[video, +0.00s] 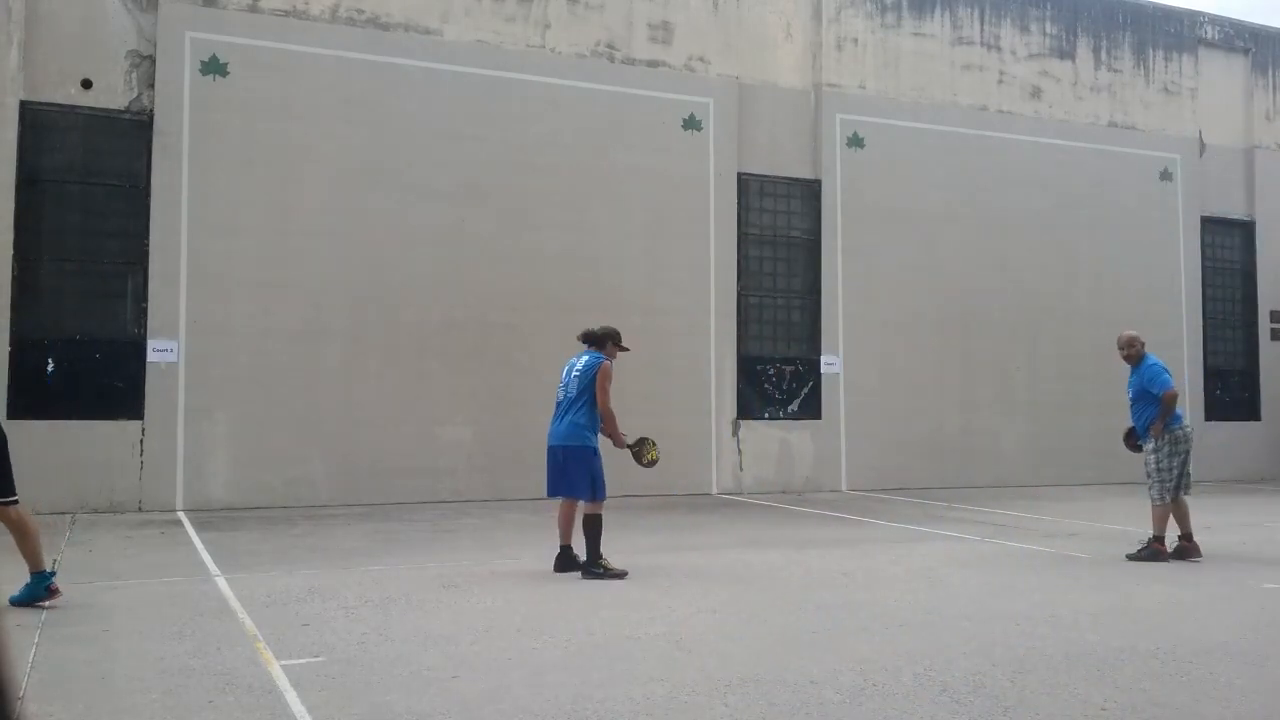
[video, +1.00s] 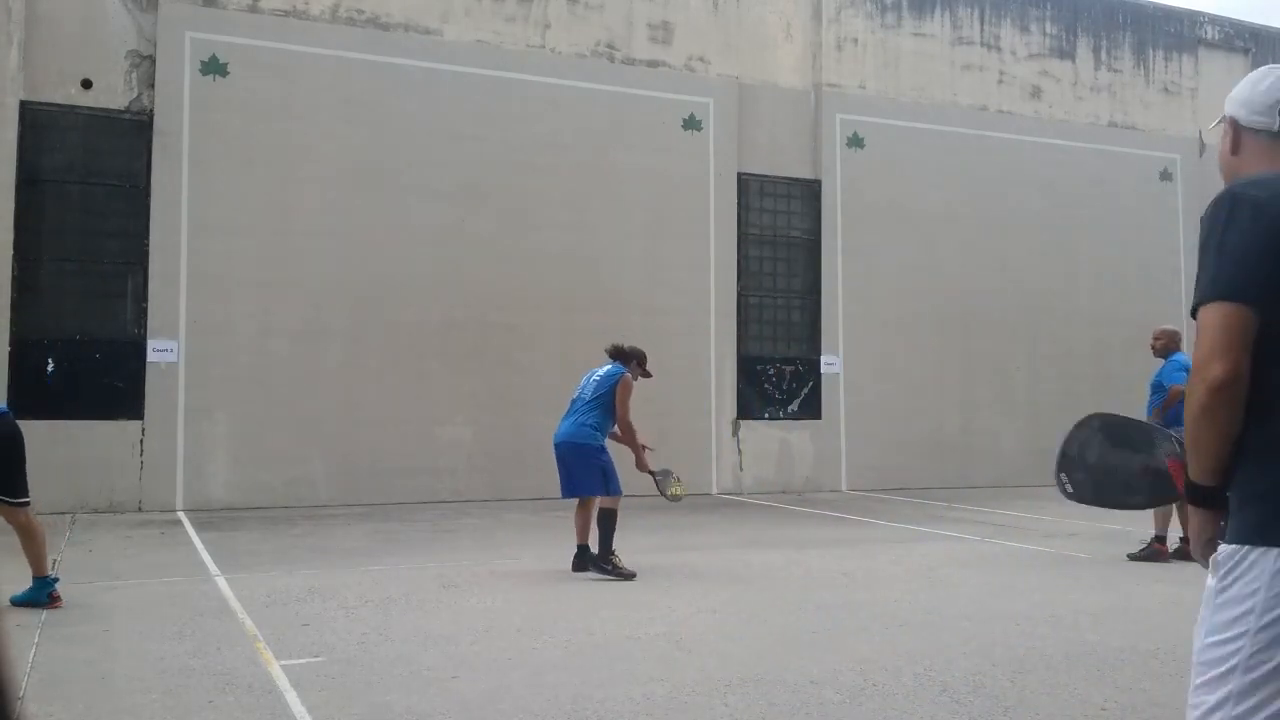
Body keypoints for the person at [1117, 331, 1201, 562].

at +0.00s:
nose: (1126, 353)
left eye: (1131, 347)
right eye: (1122, 349)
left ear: (1142, 346)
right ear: (1119, 352)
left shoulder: (1151, 369)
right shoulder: (1137, 370)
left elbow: (1170, 394)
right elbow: (1148, 403)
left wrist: (1159, 423)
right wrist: (1137, 427)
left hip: (1166, 436)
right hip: (1168, 434)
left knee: (1160, 491)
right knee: (1173, 492)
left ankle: (1157, 545)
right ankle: (1188, 542)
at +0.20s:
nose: (1137, 350)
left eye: (1142, 345)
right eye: (1133, 347)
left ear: (1153, 345)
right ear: (1130, 351)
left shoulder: (1161, 367)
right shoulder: (1146, 370)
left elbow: (1180, 391)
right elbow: (1155, 402)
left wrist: (1166, 421)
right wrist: (1143, 428)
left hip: (1170, 436)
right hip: (1172, 434)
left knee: (1162, 491)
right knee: (1179, 492)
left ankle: (1157, 545)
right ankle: (1189, 545)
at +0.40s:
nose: (1142, 350)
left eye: (1147, 345)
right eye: (1139, 346)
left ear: (1160, 345)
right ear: (1137, 349)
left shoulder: (1168, 366)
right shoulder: (1158, 368)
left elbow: (1184, 393)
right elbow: (1163, 403)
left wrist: (1170, 422)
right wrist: (1149, 428)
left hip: (1173, 435)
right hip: (1181, 434)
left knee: (1153, 488)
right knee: (1179, 491)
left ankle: (1156, 543)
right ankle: (1189, 545)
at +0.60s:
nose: (1146, 349)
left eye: (1151, 344)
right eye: (1145, 345)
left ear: (1166, 345)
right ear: (1165, 347)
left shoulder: (1168, 366)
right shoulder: (1177, 364)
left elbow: (1179, 393)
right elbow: (1193, 393)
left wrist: (1166, 421)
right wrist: (1181, 417)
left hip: (1171, 435)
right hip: (1188, 433)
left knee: (1159, 490)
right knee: (1180, 491)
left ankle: (1158, 545)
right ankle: (1189, 545)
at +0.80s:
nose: (1149, 347)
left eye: (1154, 342)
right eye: (1149, 342)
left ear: (1171, 343)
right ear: (1172, 344)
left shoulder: (1170, 365)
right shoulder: (1183, 363)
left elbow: (1175, 392)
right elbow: (1200, 393)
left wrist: (1164, 422)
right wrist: (1188, 418)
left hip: (1172, 434)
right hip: (1190, 432)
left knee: (1160, 489)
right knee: (1182, 489)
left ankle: (1158, 544)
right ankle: (1188, 543)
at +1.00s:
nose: (1152, 343)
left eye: (1157, 339)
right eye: (1152, 339)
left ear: (1172, 343)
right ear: (1171, 344)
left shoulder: (1174, 363)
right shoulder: (1182, 362)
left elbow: (1177, 390)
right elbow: (1183, 393)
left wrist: (1158, 414)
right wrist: (1162, 413)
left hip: (1168, 435)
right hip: (1179, 434)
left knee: (1162, 488)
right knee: (1182, 491)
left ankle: (1158, 543)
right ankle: (1188, 542)